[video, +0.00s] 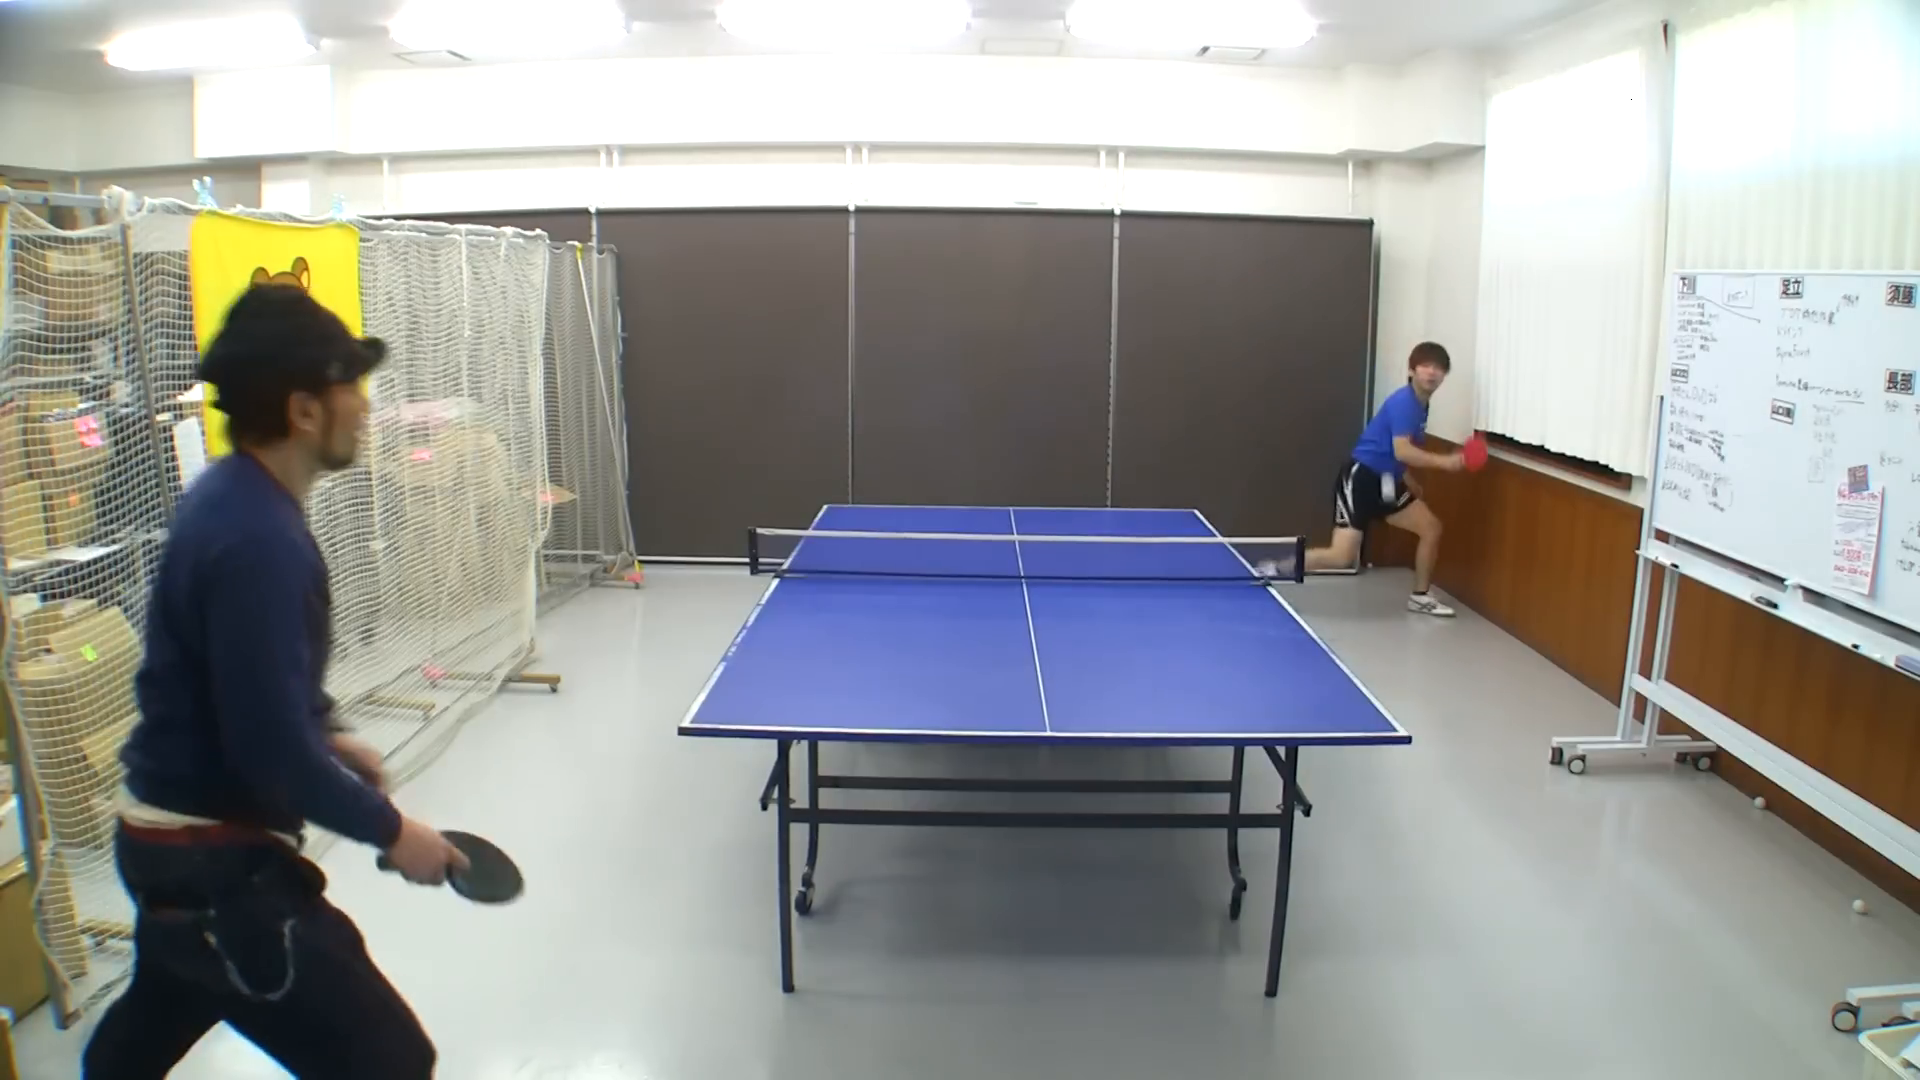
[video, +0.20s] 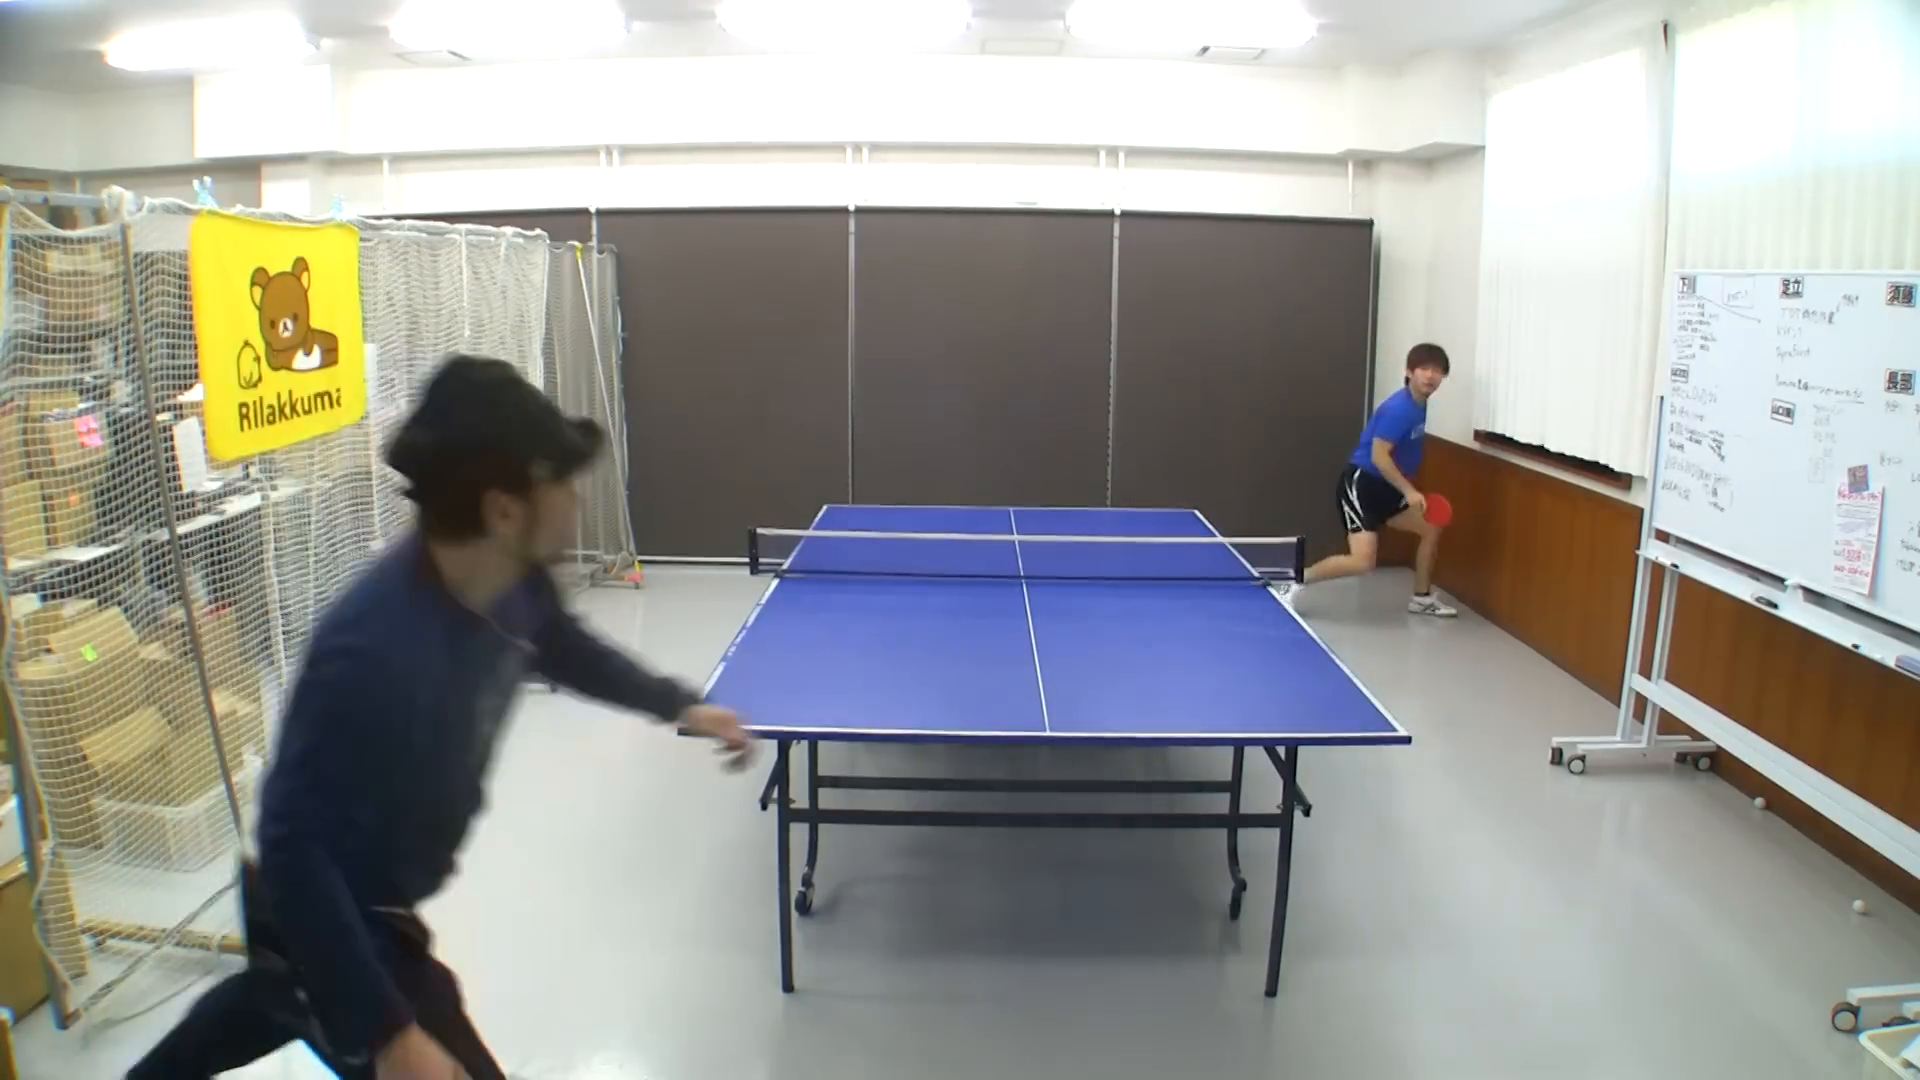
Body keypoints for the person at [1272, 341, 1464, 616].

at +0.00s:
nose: (1433, 374)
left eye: (1440, 370)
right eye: (1427, 367)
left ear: (1444, 375)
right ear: (1413, 370)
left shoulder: (1422, 404)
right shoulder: (1403, 401)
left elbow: (1401, 448)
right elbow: (1401, 451)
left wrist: (1407, 478)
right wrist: (1446, 461)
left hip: (1387, 480)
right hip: (1360, 476)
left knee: (1430, 528)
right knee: (1342, 557)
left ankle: (1421, 595)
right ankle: (1274, 565)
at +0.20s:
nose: (1431, 377)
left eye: (1438, 372)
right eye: (1425, 369)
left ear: (1443, 378)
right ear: (1410, 372)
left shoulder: (1418, 405)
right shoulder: (1399, 407)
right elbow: (1379, 455)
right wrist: (1409, 491)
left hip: (1384, 485)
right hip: (1361, 482)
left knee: (1431, 528)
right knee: (1362, 562)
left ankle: (1422, 597)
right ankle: (1296, 579)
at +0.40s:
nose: (1373, 353)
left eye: (1379, 347)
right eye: (1366, 347)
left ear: (1386, 353)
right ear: (1353, 352)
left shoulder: (1378, 386)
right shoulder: (1342, 390)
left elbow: (1366, 432)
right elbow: (1332, 440)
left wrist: (1379, 460)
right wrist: (1371, 459)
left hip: (1360, 475)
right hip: (1329, 476)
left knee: (1393, 537)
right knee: (1332, 557)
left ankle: (1415, 596)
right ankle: (1282, 594)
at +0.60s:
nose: (1318, 315)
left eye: (1324, 309)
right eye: (1311, 308)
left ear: (1333, 314)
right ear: (1299, 314)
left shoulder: (1339, 350)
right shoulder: (1281, 355)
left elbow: (1343, 387)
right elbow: (1259, 397)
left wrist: (1364, 420)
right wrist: (1294, 413)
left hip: (1326, 445)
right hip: (1289, 445)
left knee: (1334, 519)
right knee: (1290, 525)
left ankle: (1325, 586)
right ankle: (1278, 590)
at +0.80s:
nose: (1272, 313)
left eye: (1278, 307)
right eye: (1265, 307)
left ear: (1289, 314)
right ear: (1255, 315)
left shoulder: (1306, 351)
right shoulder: (1239, 352)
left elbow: (1317, 386)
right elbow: (1212, 389)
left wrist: (1330, 417)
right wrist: (1223, 418)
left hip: (1283, 444)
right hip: (1244, 441)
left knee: (1275, 529)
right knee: (1229, 522)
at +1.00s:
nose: (1212, 324)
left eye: (1220, 317)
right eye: (1206, 318)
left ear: (1233, 325)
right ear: (1197, 325)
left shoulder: (1252, 366)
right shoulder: (1186, 368)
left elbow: (1263, 413)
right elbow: (1180, 403)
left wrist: (1261, 463)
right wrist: (1173, 427)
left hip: (1233, 466)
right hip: (1192, 462)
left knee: (1236, 538)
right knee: (1172, 526)